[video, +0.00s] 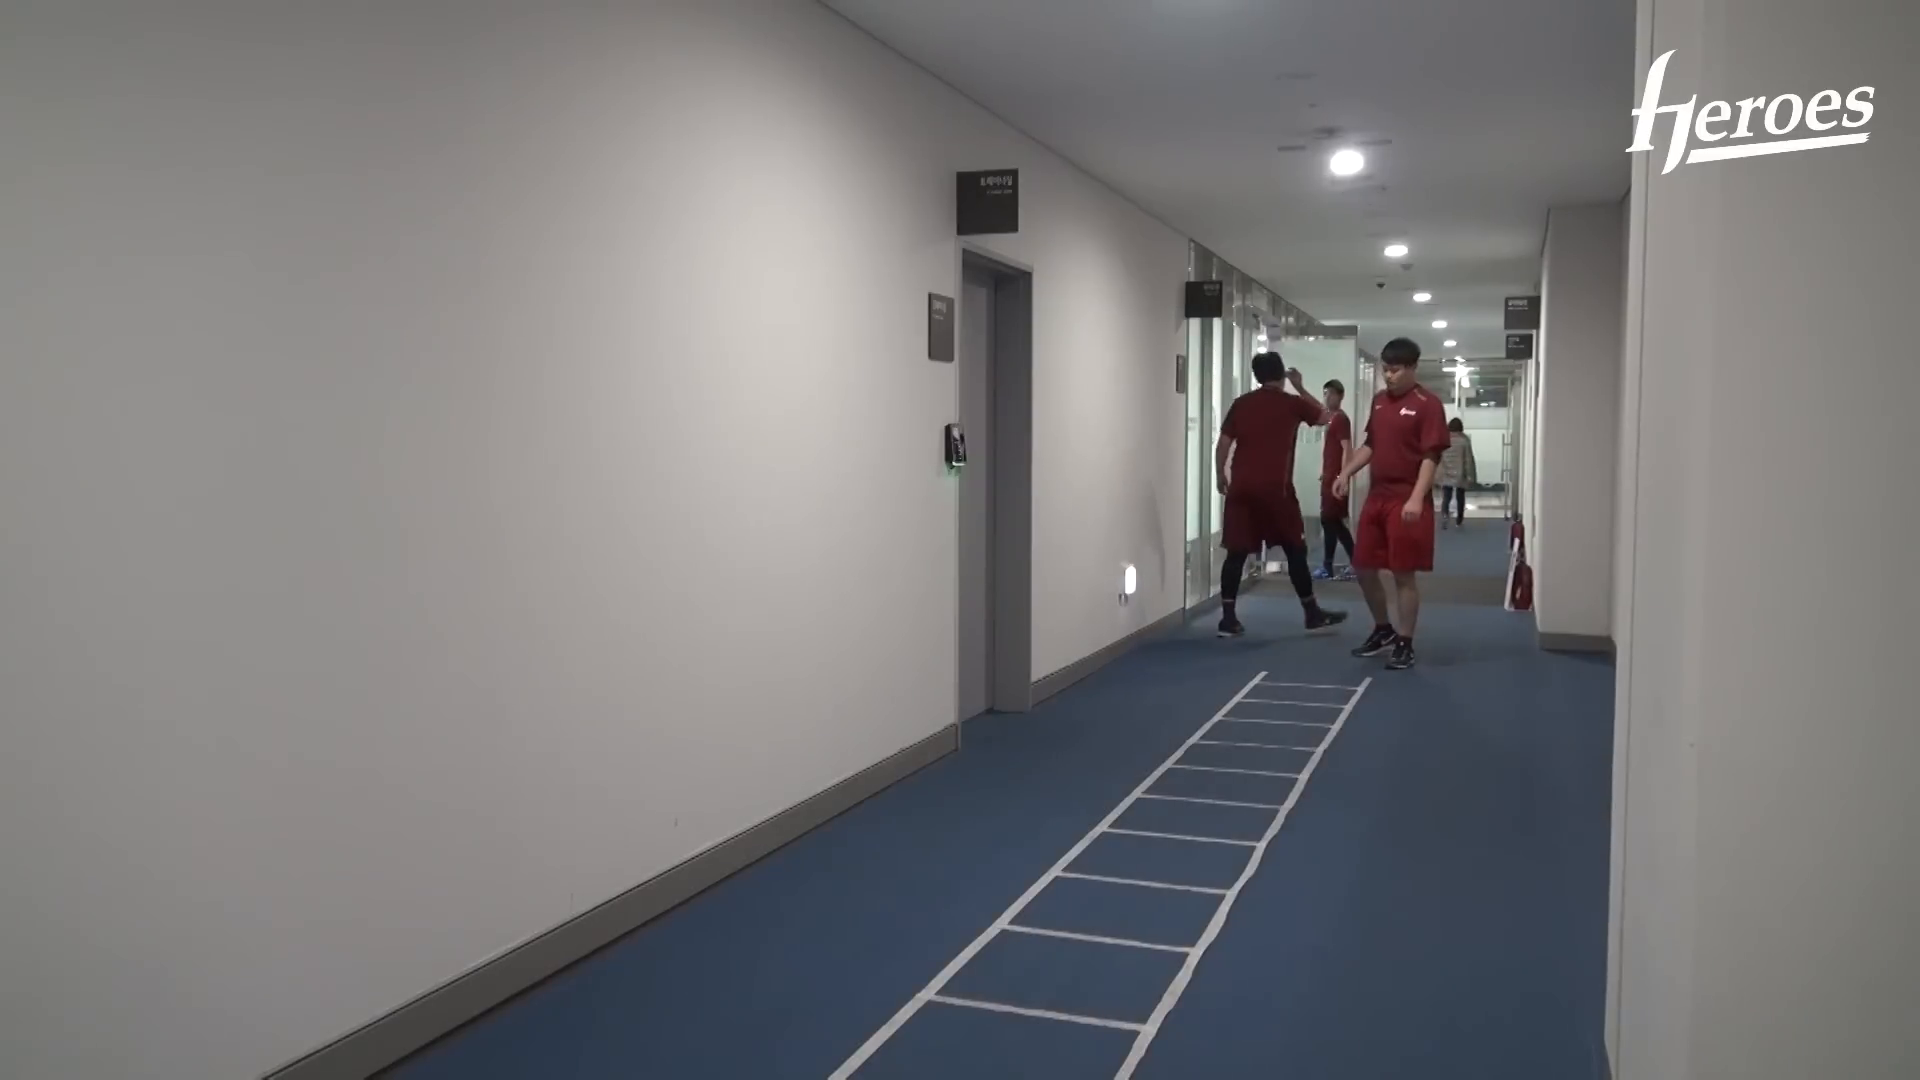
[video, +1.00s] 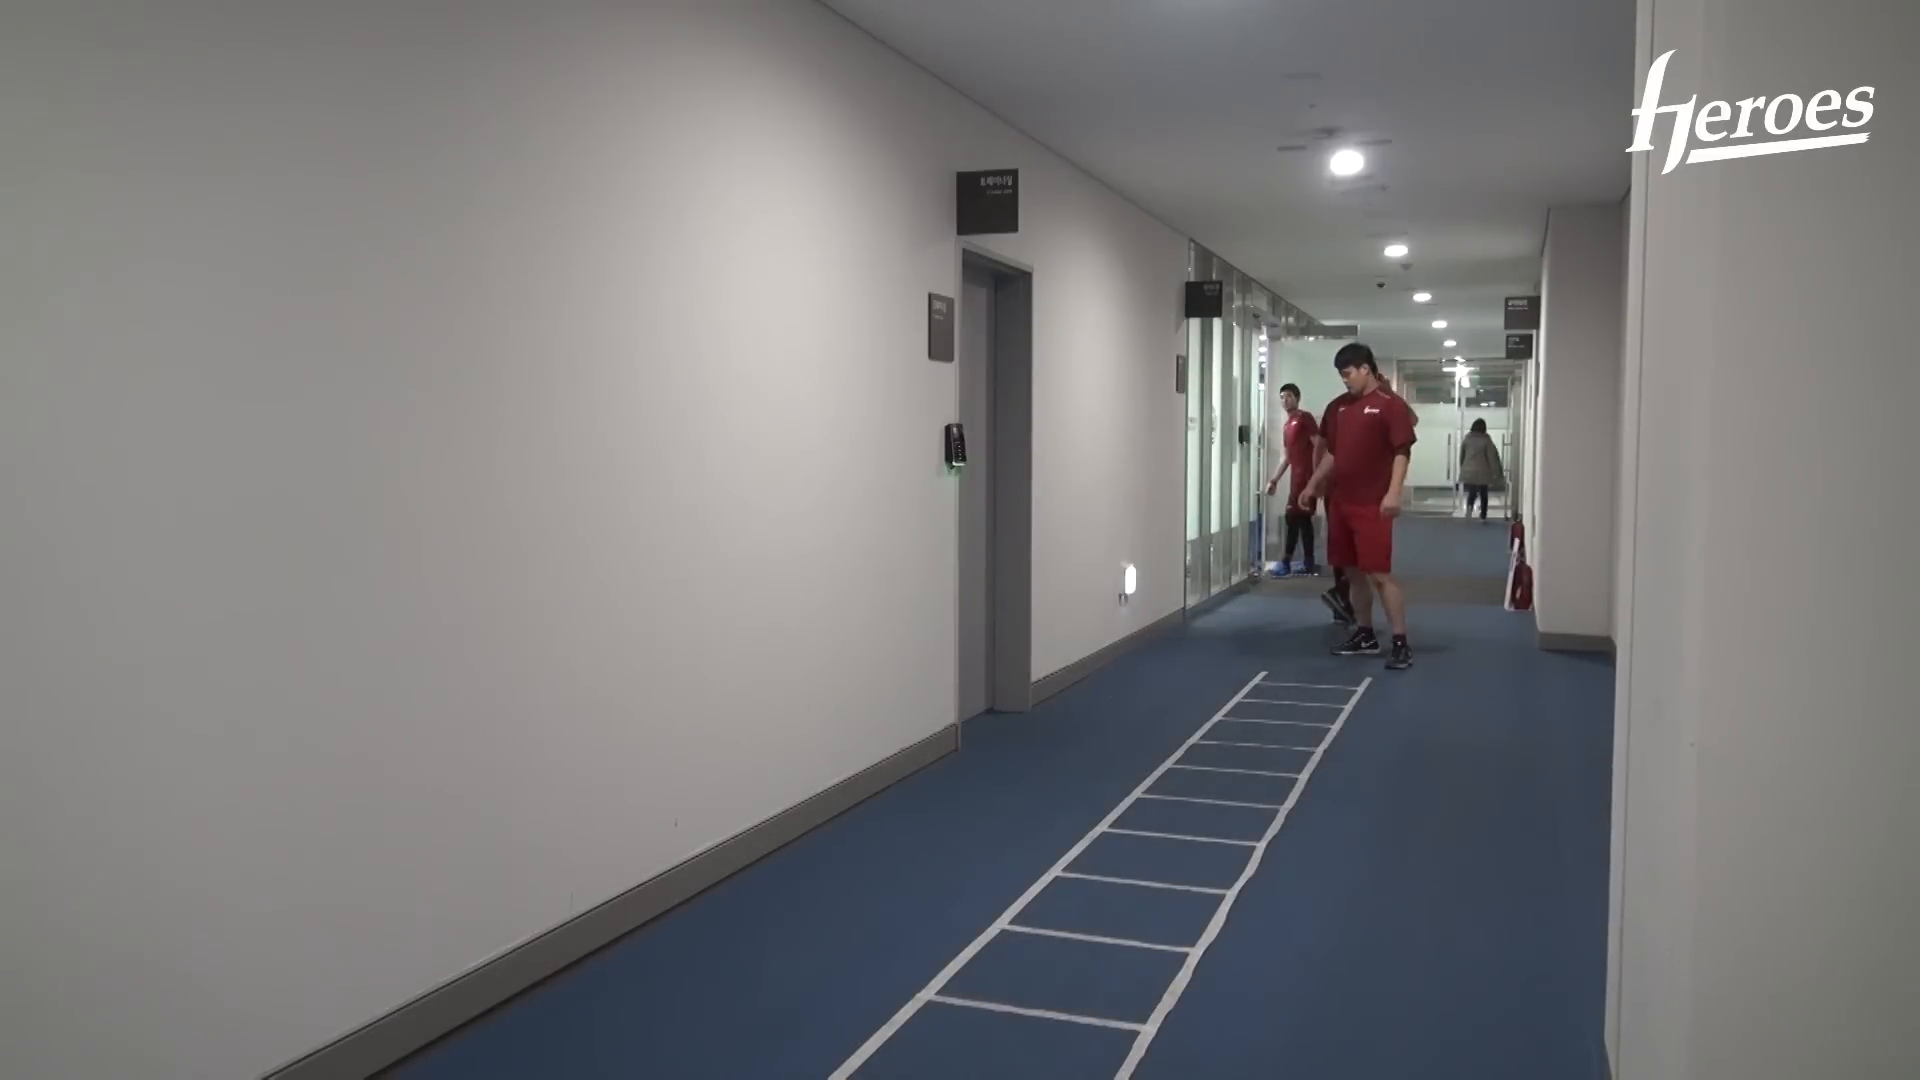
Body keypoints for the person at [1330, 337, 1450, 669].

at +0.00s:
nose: (1388, 374)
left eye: (1395, 368)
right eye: (1385, 368)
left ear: (1413, 368)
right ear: (1383, 367)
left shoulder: (1429, 404)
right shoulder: (1380, 400)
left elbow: (1431, 456)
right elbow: (1370, 445)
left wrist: (1417, 498)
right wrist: (1346, 473)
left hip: (1408, 498)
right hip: (1378, 495)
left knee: (1403, 572)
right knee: (1364, 565)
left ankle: (1405, 643)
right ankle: (1383, 629)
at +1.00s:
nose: (1344, 379)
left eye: (1348, 372)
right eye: (1341, 374)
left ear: (1366, 369)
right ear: (1344, 375)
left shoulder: (1392, 405)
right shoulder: (1338, 407)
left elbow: (1402, 452)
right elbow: (1332, 453)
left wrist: (1394, 493)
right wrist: (1312, 485)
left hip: (1373, 504)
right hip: (1341, 503)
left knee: (1378, 573)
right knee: (1353, 572)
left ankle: (1400, 642)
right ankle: (1364, 634)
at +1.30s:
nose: (1327, 378)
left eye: (1330, 371)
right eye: (1325, 372)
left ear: (1349, 369)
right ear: (1340, 372)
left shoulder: (1379, 404)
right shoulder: (1330, 407)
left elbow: (1389, 454)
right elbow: (1321, 453)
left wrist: (1382, 496)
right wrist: (1304, 488)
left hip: (1363, 498)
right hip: (1333, 498)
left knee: (1341, 563)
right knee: (1347, 566)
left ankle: (1366, 633)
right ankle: (1360, 630)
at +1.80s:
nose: (1305, 375)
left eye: (1309, 368)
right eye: (1303, 369)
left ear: (1327, 365)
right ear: (1307, 370)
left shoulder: (1350, 401)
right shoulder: (1310, 403)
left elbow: (1356, 452)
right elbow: (1304, 449)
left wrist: (1354, 496)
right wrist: (1300, 486)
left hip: (1339, 497)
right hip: (1315, 497)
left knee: (1322, 570)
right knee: (1333, 568)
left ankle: (1316, 637)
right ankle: (1357, 625)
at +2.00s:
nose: (1310, 372)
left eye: (1316, 366)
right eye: (1306, 367)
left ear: (1331, 366)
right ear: (1303, 368)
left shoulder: (1345, 399)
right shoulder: (1305, 401)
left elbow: (1342, 449)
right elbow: (1299, 448)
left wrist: (1312, 482)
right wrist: (1296, 486)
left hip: (1336, 496)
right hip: (1310, 495)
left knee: (1327, 568)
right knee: (1302, 561)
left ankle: (1319, 636)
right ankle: (1340, 615)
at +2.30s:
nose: (1317, 369)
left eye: (1324, 363)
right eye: (1312, 363)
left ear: (1336, 365)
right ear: (1306, 365)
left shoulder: (1347, 400)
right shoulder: (1300, 400)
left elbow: (1346, 454)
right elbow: (1293, 448)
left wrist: (1319, 490)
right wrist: (1291, 487)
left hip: (1332, 495)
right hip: (1303, 492)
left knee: (1322, 569)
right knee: (1288, 555)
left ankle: (1319, 638)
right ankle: (1297, 616)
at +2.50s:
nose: (1320, 373)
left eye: (1327, 367)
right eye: (1316, 366)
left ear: (1338, 368)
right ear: (1308, 365)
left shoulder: (1352, 402)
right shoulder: (1295, 401)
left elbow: (1359, 453)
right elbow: (1287, 448)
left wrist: (1362, 496)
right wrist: (1291, 487)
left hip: (1333, 502)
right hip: (1298, 496)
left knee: (1324, 571)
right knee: (1276, 552)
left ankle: (1318, 638)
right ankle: (1277, 611)